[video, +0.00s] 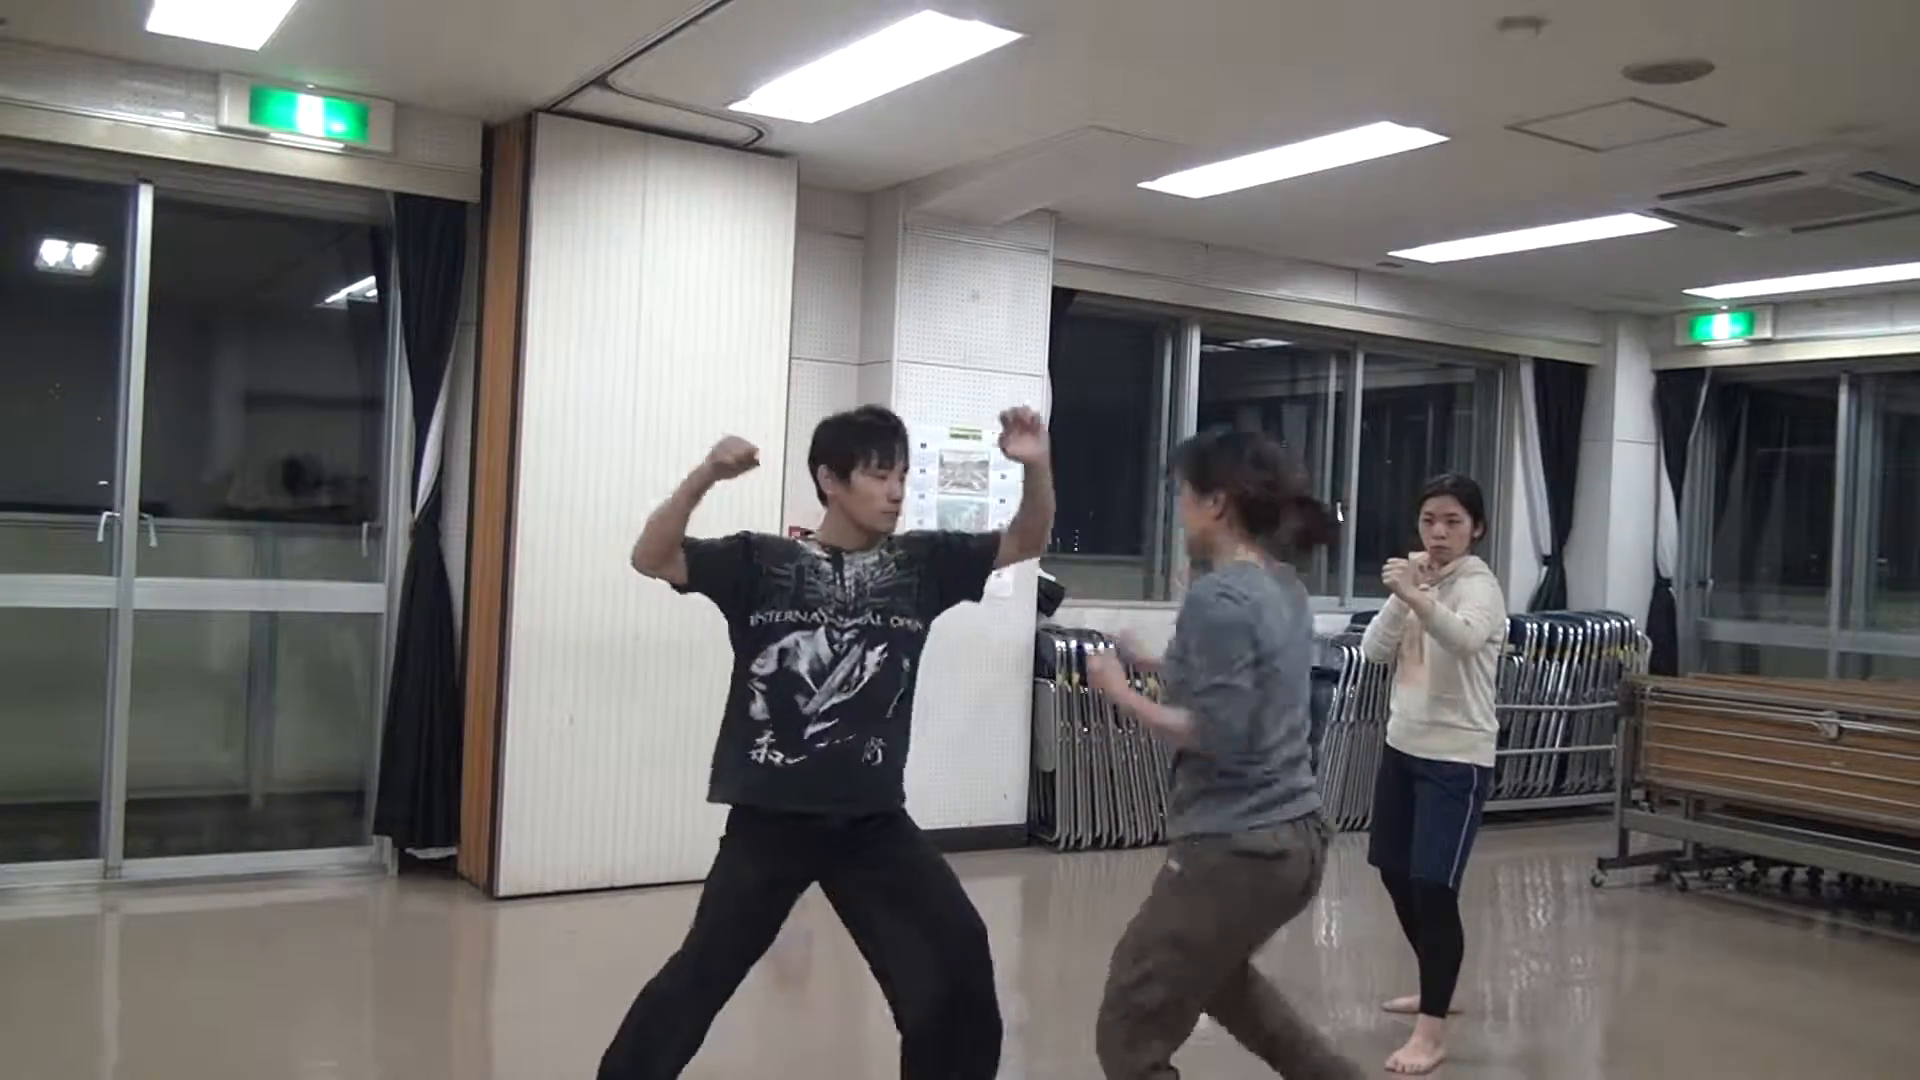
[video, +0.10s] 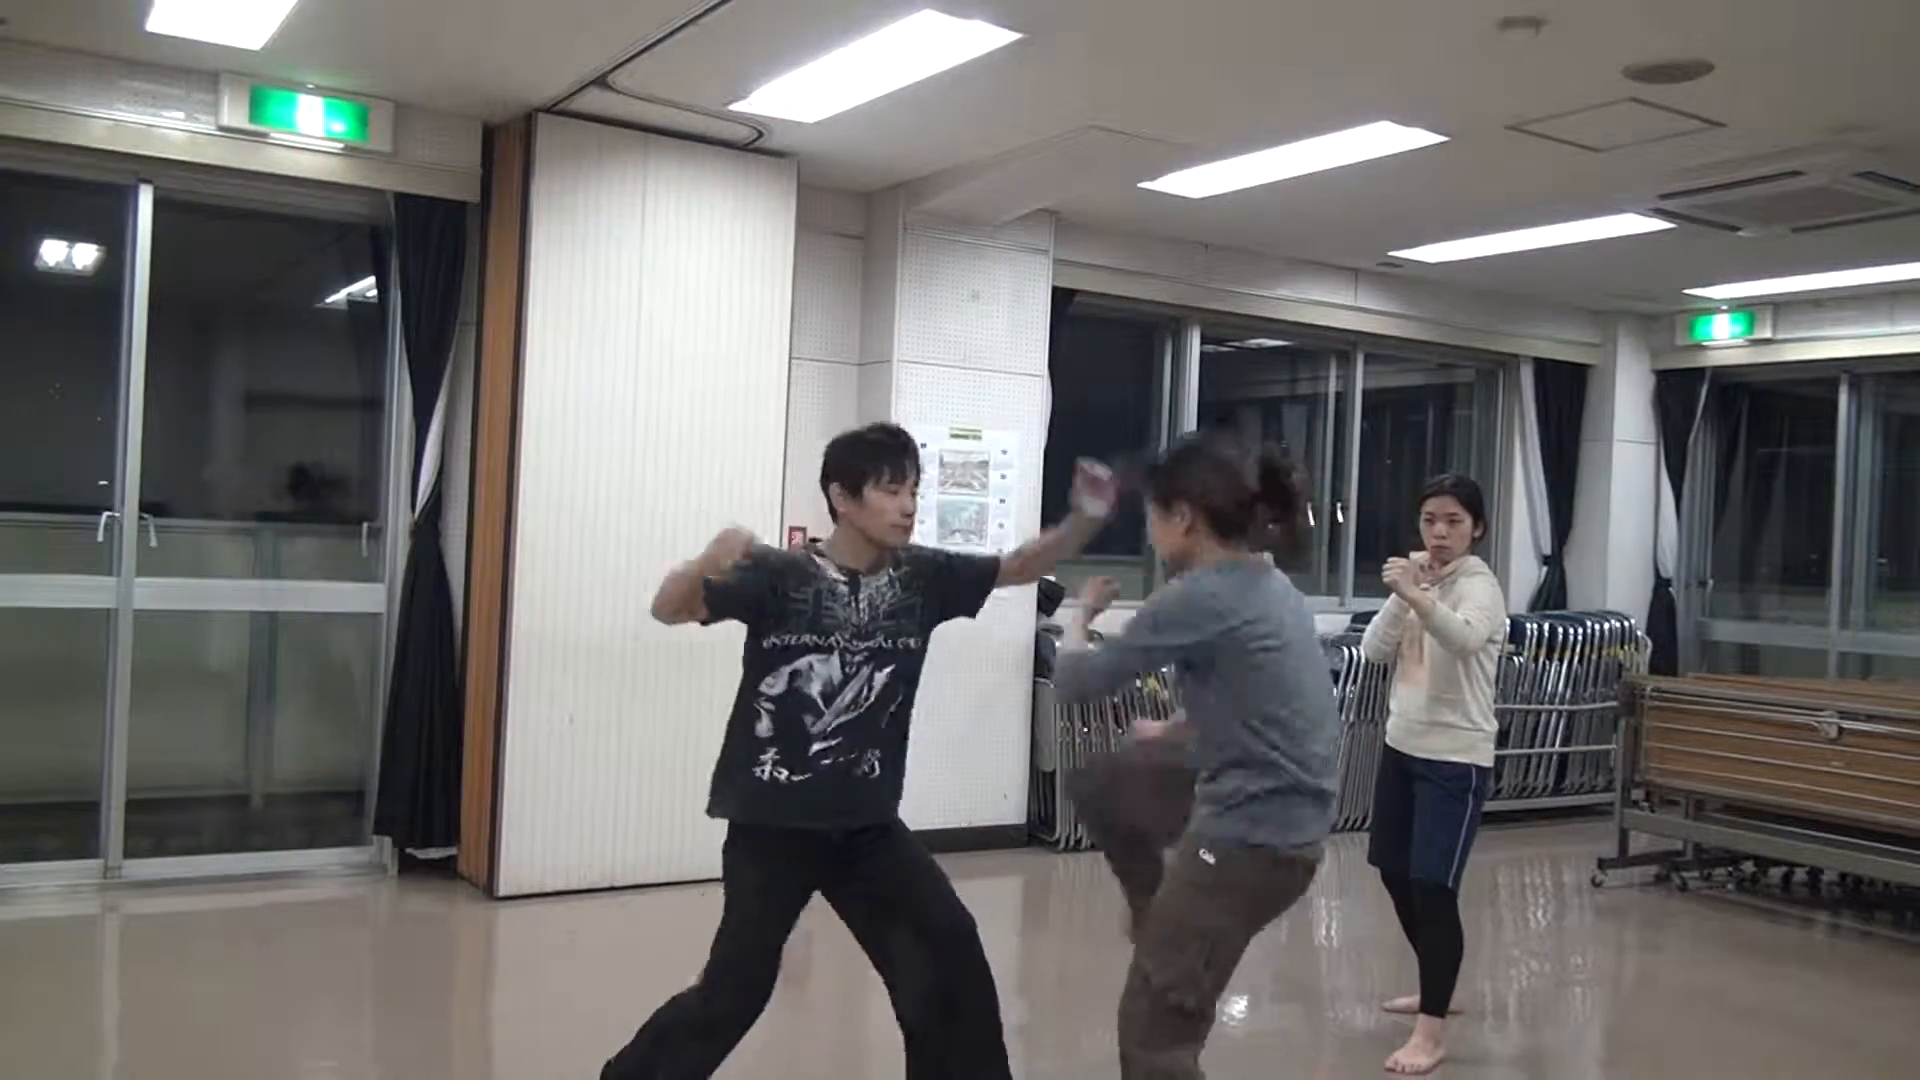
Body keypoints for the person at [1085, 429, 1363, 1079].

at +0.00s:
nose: (1179, 512)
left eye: (1185, 496)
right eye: (1181, 497)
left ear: (1217, 504)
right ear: (1239, 503)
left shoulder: (1219, 597)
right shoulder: (1285, 588)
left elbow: (1218, 732)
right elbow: (1246, 684)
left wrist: (1121, 693)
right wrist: (1152, 665)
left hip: (1235, 854)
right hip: (1297, 841)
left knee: (1129, 1034)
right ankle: (1330, 1072)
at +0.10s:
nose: (1151, 534)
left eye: (1153, 517)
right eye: (1151, 518)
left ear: (1184, 517)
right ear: (1226, 513)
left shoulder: (1205, 595)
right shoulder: (1274, 588)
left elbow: (1077, 680)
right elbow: (1259, 707)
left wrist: (1077, 620)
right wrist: (1172, 732)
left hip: (1249, 838)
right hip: (1286, 824)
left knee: (1154, 1025)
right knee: (1105, 781)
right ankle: (1163, 931)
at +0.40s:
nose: (1197, 507)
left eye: (1198, 491)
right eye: (1196, 491)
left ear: (1223, 494)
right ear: (1283, 491)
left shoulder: (1250, 590)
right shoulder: (1294, 575)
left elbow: (1153, 694)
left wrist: (1126, 645)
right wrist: (1170, 663)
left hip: (1210, 826)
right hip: (1167, 780)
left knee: (1155, 1022)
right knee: (1013, 821)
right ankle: (944, 987)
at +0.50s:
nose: (1197, 504)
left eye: (1199, 489)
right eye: (1197, 489)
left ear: (1221, 496)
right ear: (1284, 492)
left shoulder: (1246, 599)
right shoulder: (1285, 579)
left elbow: (1170, 723)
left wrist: (1122, 719)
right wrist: (1160, 725)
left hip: (1201, 833)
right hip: (1160, 810)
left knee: (1151, 1022)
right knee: (1061, 914)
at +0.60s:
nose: (1197, 506)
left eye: (1199, 491)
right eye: (1198, 492)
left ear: (1213, 497)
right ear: (1284, 497)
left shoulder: (1232, 597)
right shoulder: (1284, 587)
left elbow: (1216, 732)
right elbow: (1238, 714)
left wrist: (1142, 755)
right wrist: (1159, 748)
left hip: (1185, 829)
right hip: (1224, 825)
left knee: (1126, 998)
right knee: (1162, 987)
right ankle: (1192, 1070)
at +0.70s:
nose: (1199, 509)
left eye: (1202, 497)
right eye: (1201, 497)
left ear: (1212, 505)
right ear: (1289, 504)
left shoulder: (1201, 591)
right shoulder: (1309, 602)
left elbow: (1213, 717)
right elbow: (1294, 727)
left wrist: (1146, 757)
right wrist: (1233, 755)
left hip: (1163, 829)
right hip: (1245, 832)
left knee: (1125, 995)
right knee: (1229, 985)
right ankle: (1246, 1075)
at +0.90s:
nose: (1298, 517)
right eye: (1292, 507)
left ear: (1203, 509)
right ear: (1281, 520)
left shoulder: (1141, 578)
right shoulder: (1290, 619)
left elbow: (1059, 613)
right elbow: (1375, 737)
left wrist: (1126, 645)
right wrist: (1358, 708)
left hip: (1166, 823)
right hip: (1266, 829)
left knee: (1079, 996)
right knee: (1271, 1015)